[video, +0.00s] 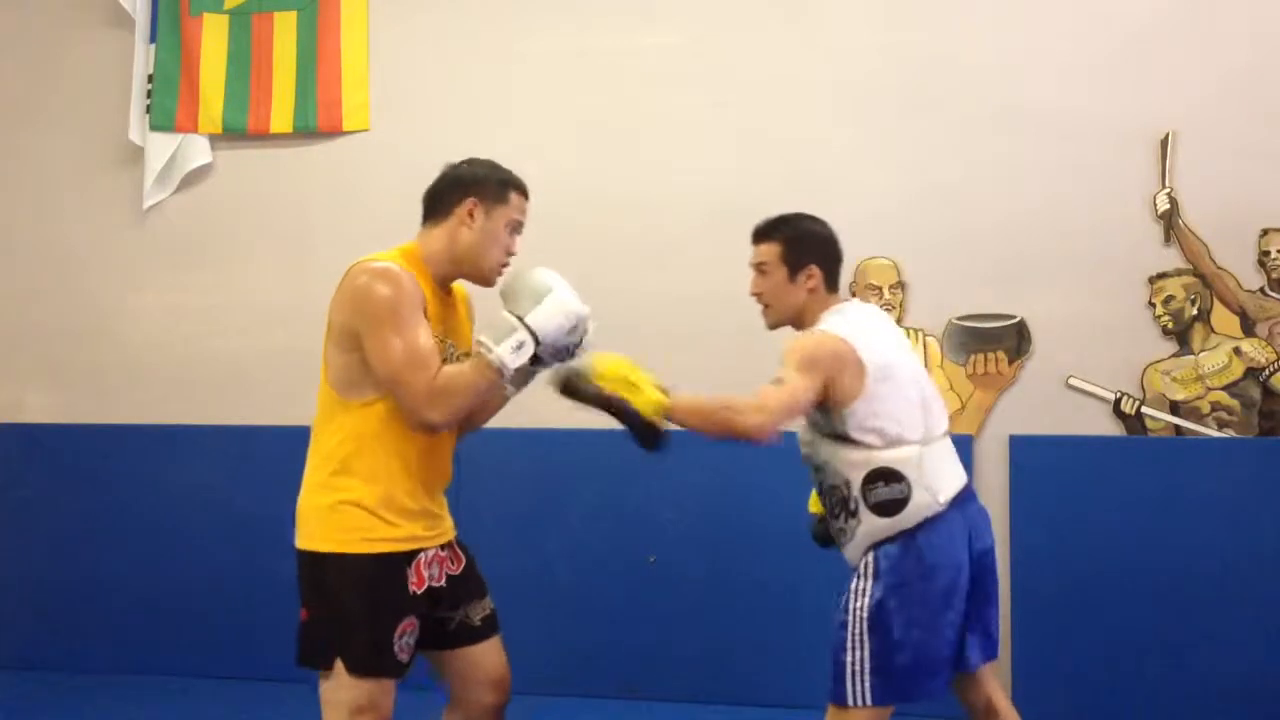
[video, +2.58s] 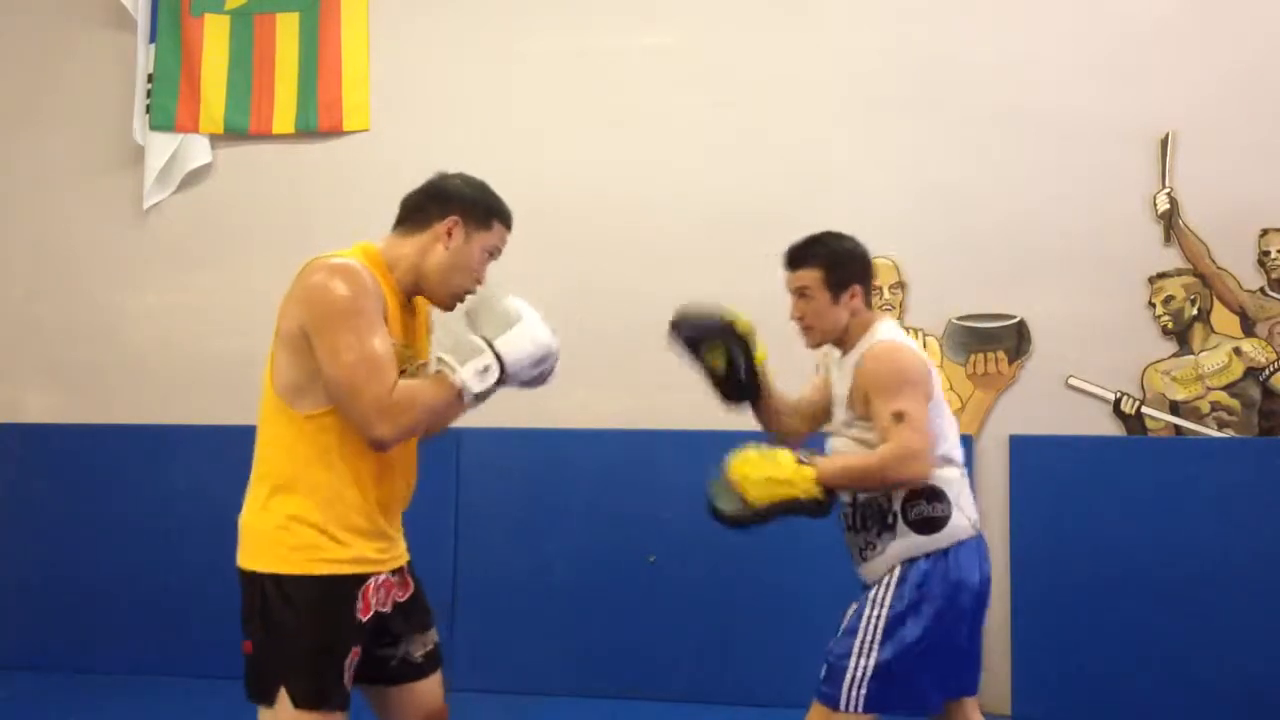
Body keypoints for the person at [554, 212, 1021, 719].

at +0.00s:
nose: (752, 287)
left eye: (763, 272)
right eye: (753, 272)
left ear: (810, 280)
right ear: (813, 281)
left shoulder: (820, 345)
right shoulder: (872, 321)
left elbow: (757, 420)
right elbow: (914, 420)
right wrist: (845, 490)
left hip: (905, 548)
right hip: (960, 527)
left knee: (856, 707)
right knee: (981, 688)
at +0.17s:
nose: (743, 292)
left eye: (752, 276)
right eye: (743, 277)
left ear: (799, 280)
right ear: (805, 281)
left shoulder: (800, 349)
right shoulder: (862, 320)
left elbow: (690, 386)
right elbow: (920, 409)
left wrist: (589, 384)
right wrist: (843, 488)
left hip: (906, 548)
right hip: (965, 524)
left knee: (860, 709)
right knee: (986, 689)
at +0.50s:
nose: (766, 289)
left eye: (777, 274)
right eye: (767, 274)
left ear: (823, 279)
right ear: (827, 279)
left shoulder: (828, 344)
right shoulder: (885, 325)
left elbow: (753, 402)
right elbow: (909, 424)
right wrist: (829, 468)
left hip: (911, 550)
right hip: (970, 530)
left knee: (862, 708)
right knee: (986, 693)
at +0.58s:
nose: (785, 288)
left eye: (796, 271)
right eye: (786, 272)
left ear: (843, 279)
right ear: (845, 281)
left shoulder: (848, 340)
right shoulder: (902, 329)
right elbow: (933, 437)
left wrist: (724, 441)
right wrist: (835, 461)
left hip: (917, 545)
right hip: (973, 531)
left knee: (870, 707)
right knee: (984, 698)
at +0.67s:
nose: (805, 290)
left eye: (817, 274)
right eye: (806, 274)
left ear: (862, 280)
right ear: (865, 283)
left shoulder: (873, 343)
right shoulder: (912, 332)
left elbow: (896, 433)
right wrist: (834, 480)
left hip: (927, 545)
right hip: (977, 535)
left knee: (870, 706)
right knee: (977, 698)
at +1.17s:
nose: (785, 291)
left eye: (797, 275)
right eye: (785, 275)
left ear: (845, 281)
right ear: (841, 285)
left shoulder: (875, 353)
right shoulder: (841, 358)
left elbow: (900, 462)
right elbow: (846, 443)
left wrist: (802, 505)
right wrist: (779, 443)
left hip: (908, 553)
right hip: (940, 545)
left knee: (840, 709)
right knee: (962, 695)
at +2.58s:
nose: (793, 311)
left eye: (804, 296)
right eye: (792, 297)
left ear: (852, 297)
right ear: (846, 300)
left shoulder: (889, 357)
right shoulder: (844, 363)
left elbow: (911, 460)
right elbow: (788, 424)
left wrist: (811, 471)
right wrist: (748, 376)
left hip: (925, 563)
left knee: (836, 710)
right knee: (956, 707)